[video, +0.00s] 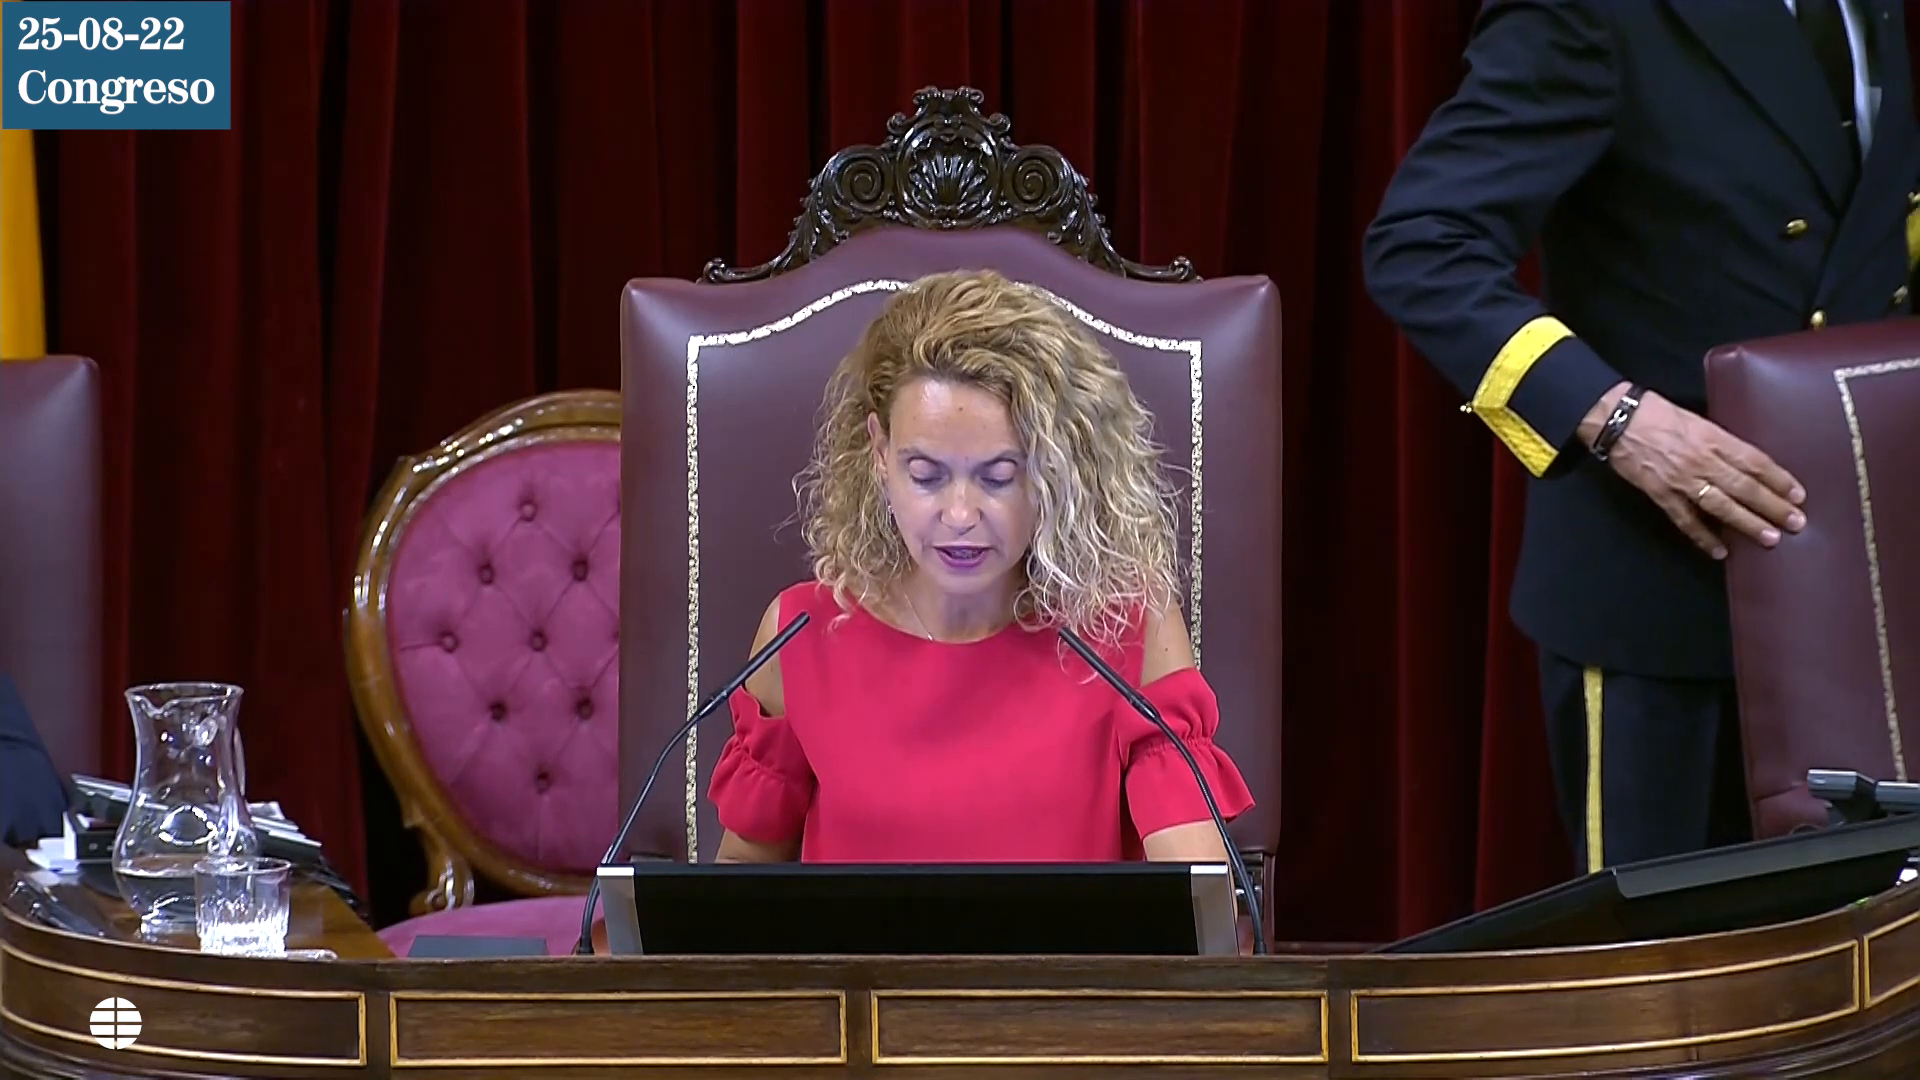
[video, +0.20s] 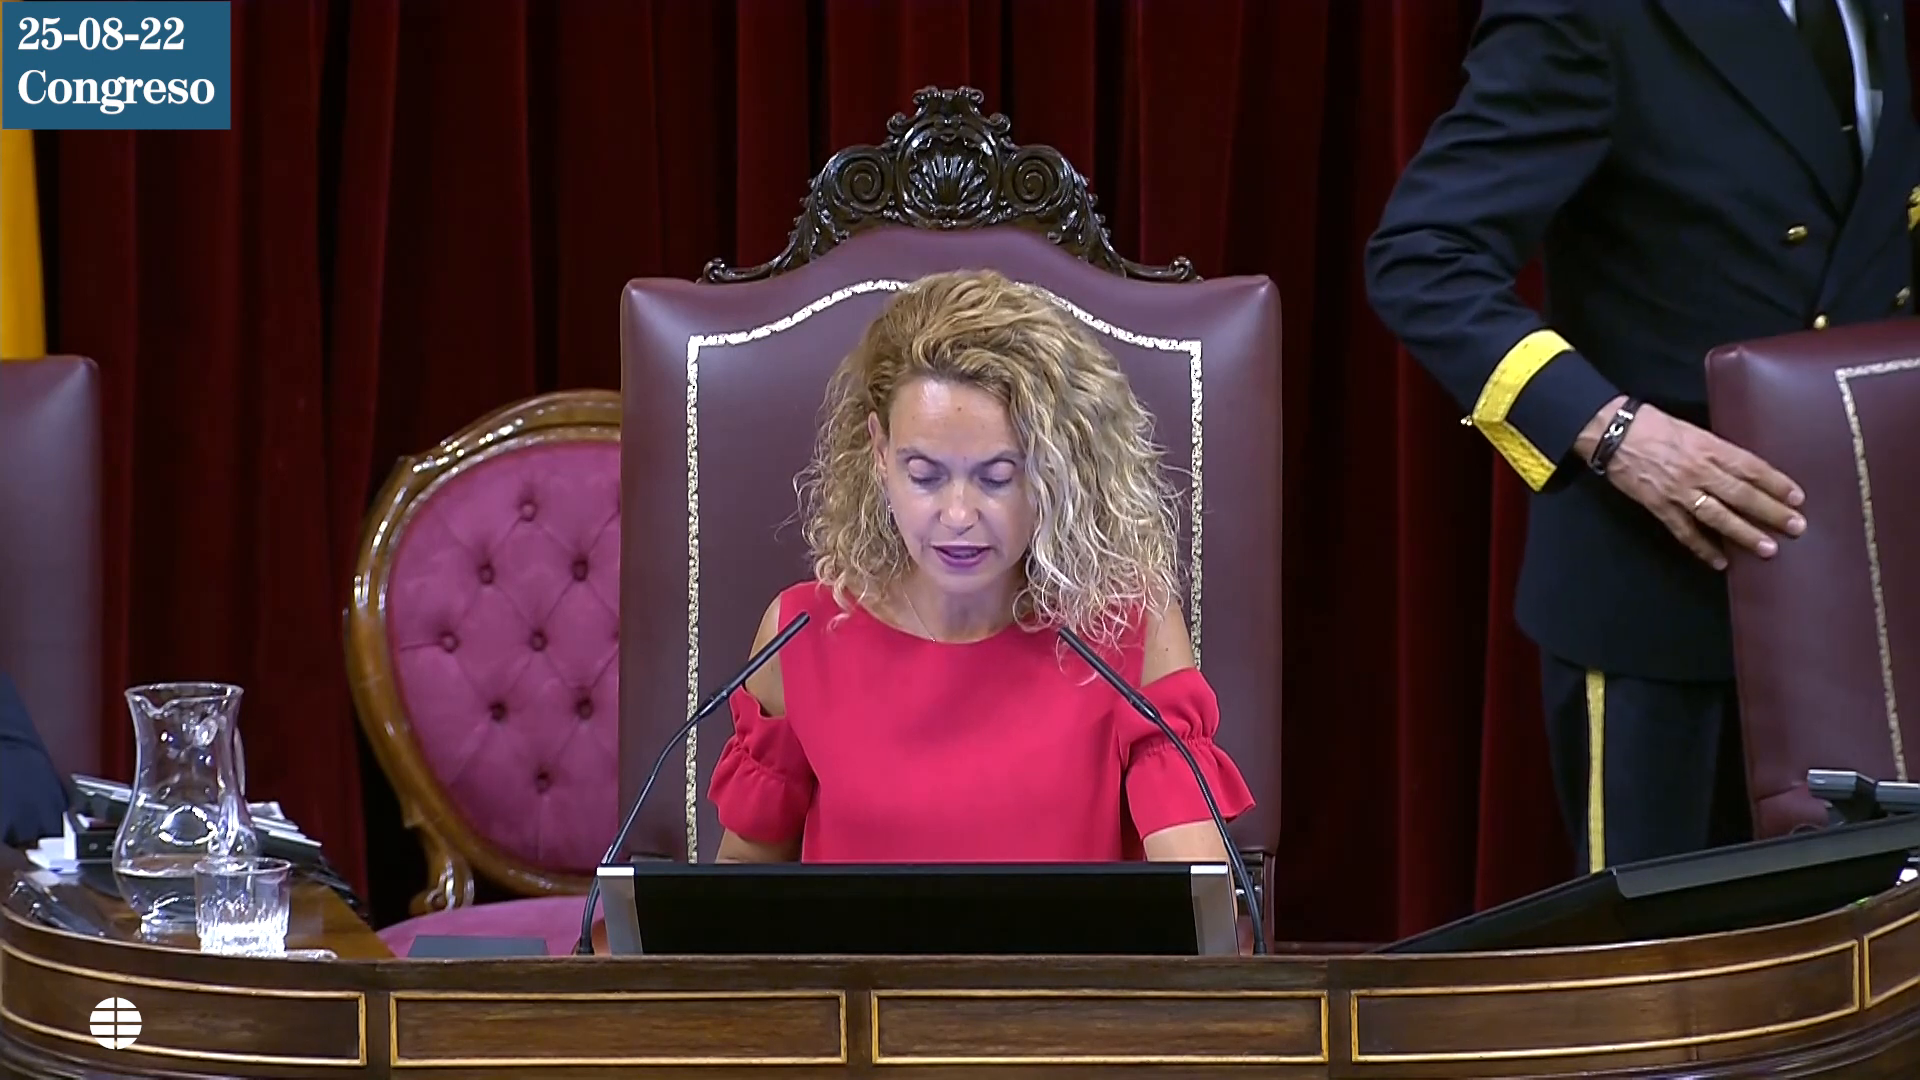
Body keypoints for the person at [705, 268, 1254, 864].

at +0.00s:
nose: (961, 513)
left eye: (998, 475)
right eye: (928, 473)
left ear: (1057, 470)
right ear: (879, 457)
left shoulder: (1127, 621)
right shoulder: (803, 631)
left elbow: (1200, 896)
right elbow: (744, 884)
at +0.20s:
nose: (959, 513)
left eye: (997, 475)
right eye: (926, 472)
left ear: (1057, 471)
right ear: (879, 458)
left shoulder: (1127, 623)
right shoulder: (804, 631)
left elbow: (1201, 897)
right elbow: (745, 883)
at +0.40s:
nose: (957, 514)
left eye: (995, 475)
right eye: (924, 472)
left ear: (1055, 471)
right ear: (878, 457)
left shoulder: (1126, 623)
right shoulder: (804, 630)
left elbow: (1201, 896)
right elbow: (745, 882)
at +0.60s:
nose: (954, 513)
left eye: (993, 475)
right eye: (922, 472)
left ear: (1056, 473)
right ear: (878, 459)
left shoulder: (1127, 622)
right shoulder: (805, 630)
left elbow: (1201, 894)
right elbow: (746, 879)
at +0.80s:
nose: (951, 513)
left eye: (990, 476)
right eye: (920, 472)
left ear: (1054, 476)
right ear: (877, 461)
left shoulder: (1126, 622)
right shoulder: (805, 630)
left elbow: (1201, 896)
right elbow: (745, 882)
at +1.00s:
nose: (949, 514)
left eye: (988, 475)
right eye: (919, 472)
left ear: (1053, 475)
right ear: (877, 460)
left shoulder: (1126, 624)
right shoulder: (805, 631)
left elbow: (1202, 898)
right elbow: (746, 884)